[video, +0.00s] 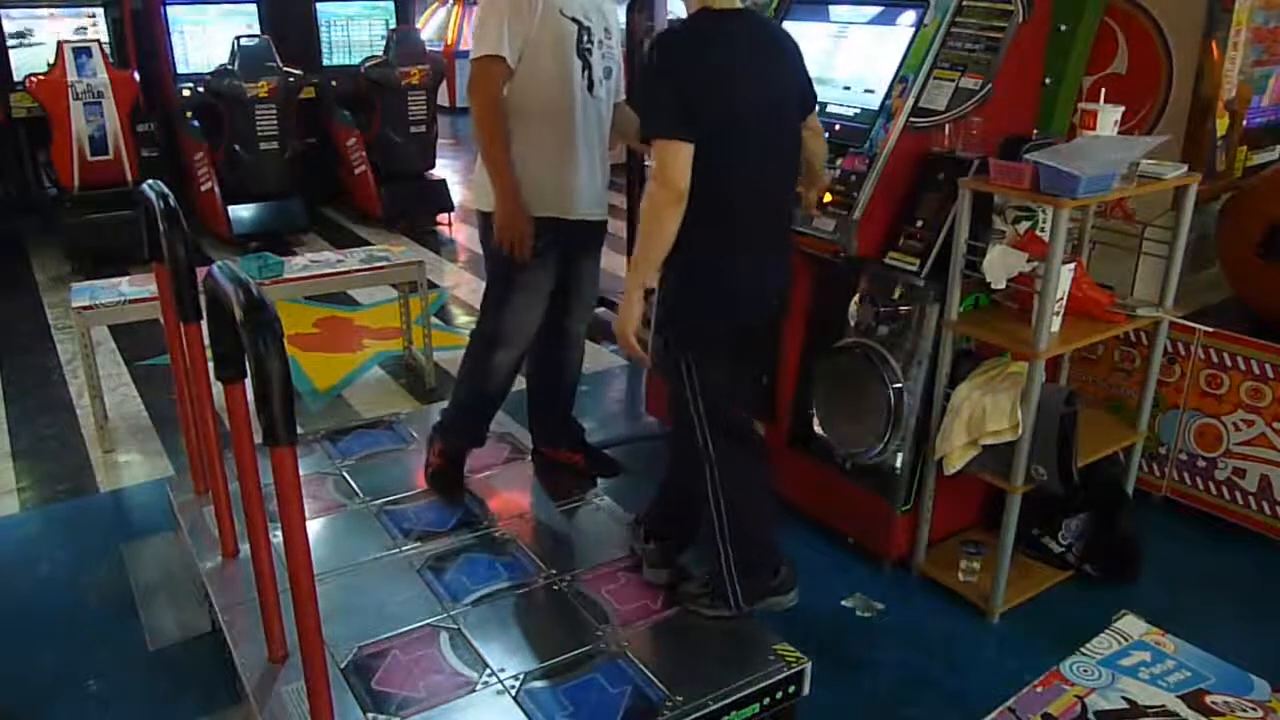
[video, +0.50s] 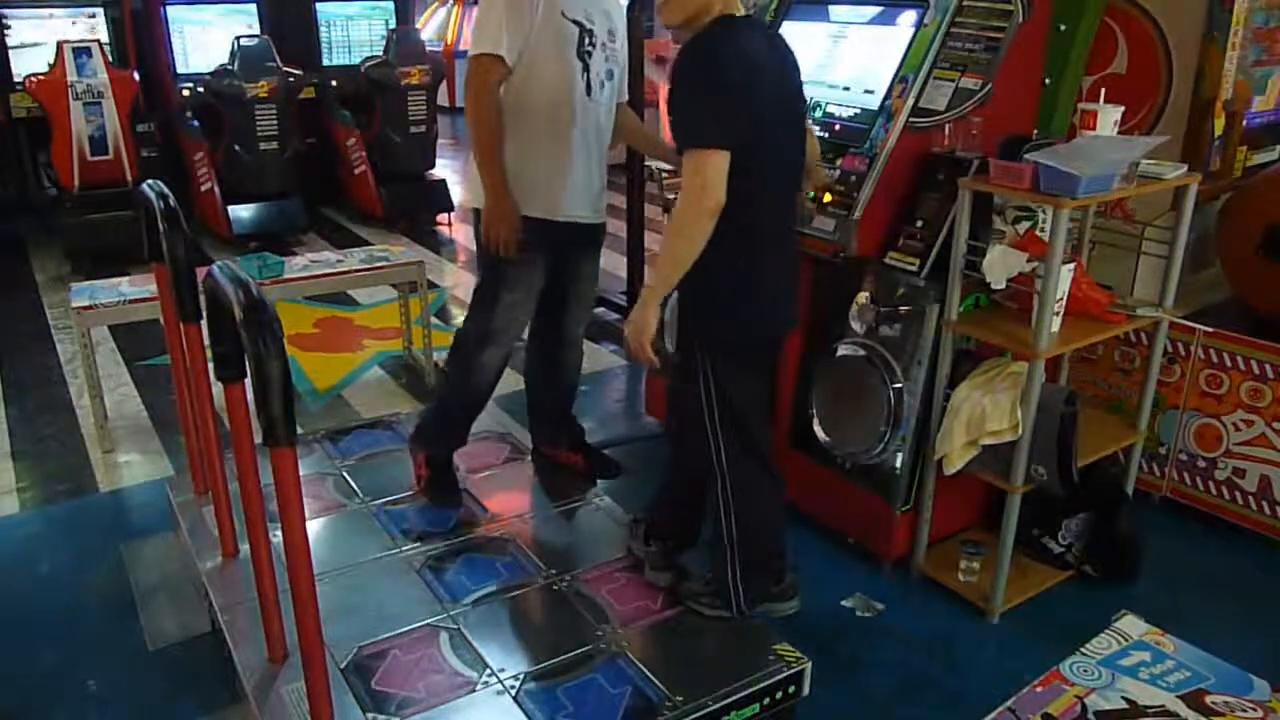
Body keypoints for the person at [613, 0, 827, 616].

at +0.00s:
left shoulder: (675, 48)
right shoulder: (778, 41)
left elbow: (670, 183)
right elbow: (814, 152)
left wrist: (636, 287)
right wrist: (809, 188)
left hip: (700, 269)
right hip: (765, 266)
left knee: (720, 425)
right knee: (705, 414)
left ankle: (755, 572)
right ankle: (664, 537)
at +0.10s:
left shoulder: (683, 48)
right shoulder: (782, 43)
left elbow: (677, 189)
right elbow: (815, 160)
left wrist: (642, 292)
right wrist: (805, 189)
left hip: (706, 274)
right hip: (769, 270)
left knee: (728, 430)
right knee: (706, 419)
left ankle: (757, 574)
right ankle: (664, 537)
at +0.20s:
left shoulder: (688, 50)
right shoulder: (784, 44)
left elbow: (683, 189)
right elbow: (816, 169)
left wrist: (646, 296)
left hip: (712, 277)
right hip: (772, 274)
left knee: (731, 433)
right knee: (708, 421)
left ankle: (758, 575)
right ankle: (664, 536)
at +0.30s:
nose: (675, 1)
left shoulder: (693, 52)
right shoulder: (784, 43)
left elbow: (689, 191)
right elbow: (816, 168)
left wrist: (649, 296)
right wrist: (764, 210)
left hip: (717, 282)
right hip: (772, 278)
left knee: (737, 436)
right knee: (706, 423)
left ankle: (759, 580)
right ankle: (665, 539)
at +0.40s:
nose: (664, 3)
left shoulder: (699, 55)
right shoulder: (781, 46)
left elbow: (695, 196)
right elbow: (814, 169)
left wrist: (650, 297)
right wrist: (762, 222)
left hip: (720, 284)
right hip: (770, 280)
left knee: (735, 436)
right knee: (705, 423)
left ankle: (758, 581)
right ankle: (665, 540)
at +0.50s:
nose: (659, 5)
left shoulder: (707, 57)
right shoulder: (767, 46)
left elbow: (703, 197)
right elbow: (808, 164)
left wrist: (651, 296)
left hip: (721, 289)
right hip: (761, 282)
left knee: (733, 437)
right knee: (699, 423)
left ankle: (757, 581)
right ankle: (667, 538)